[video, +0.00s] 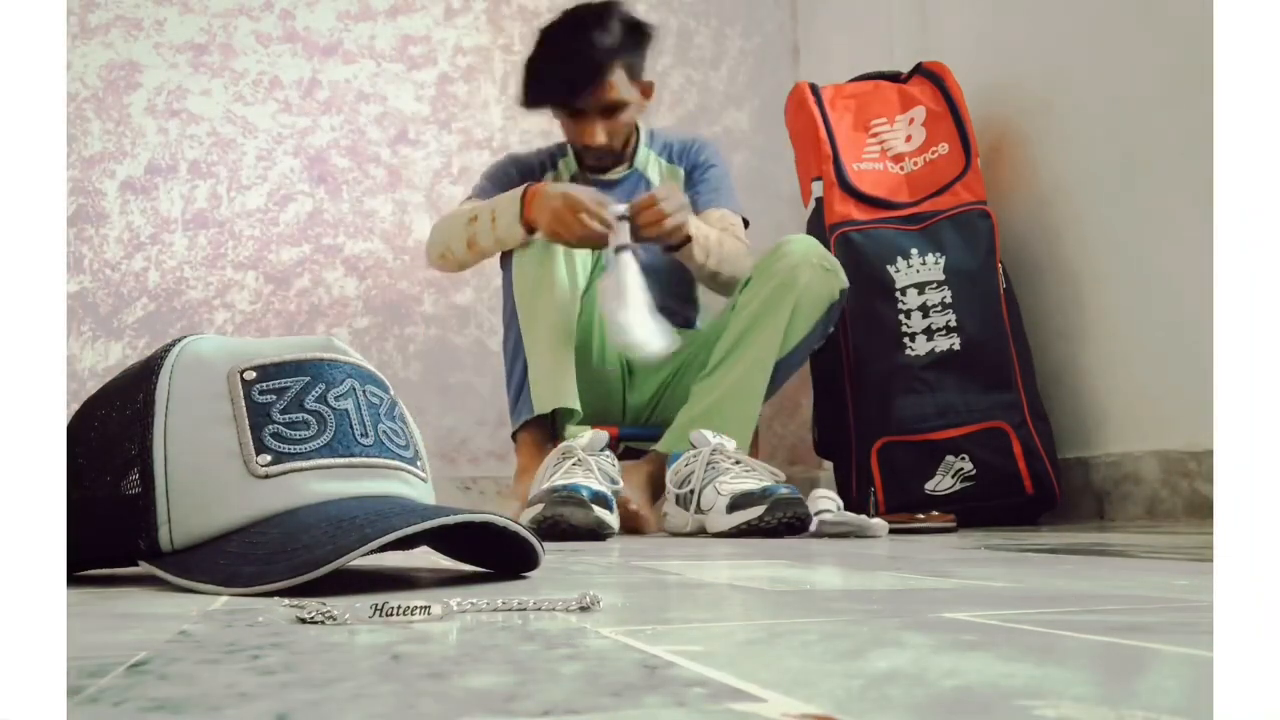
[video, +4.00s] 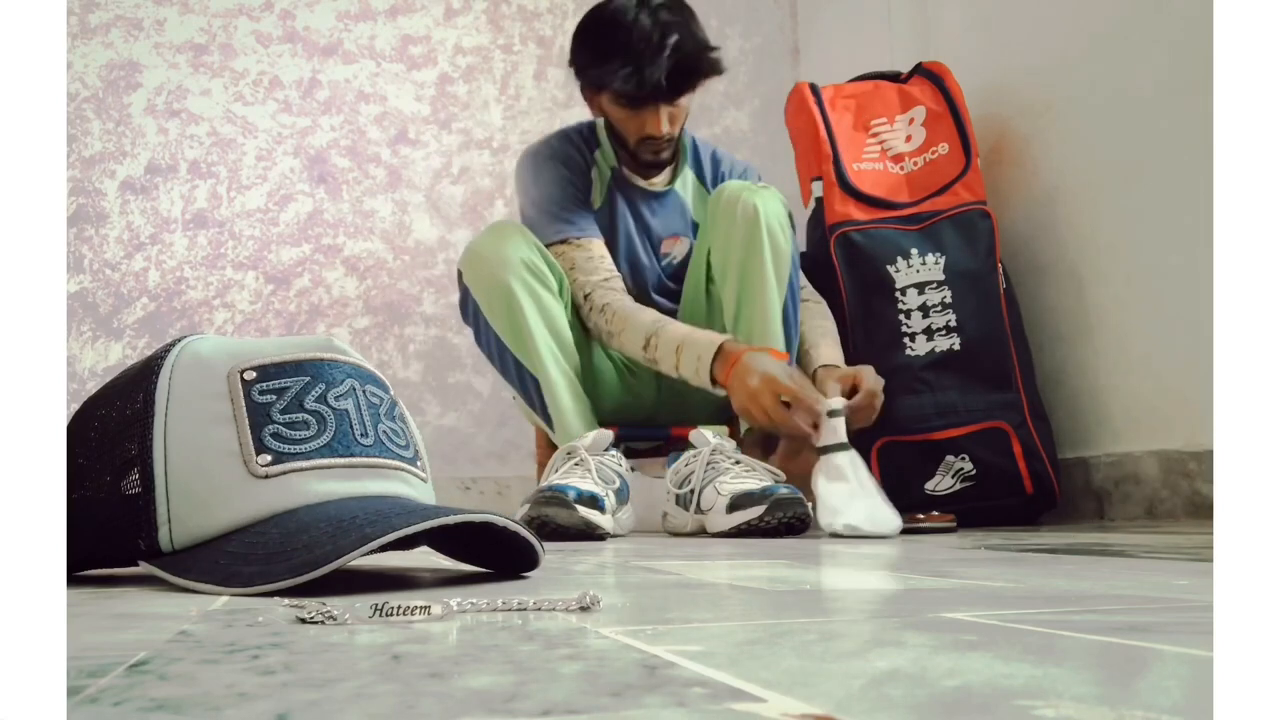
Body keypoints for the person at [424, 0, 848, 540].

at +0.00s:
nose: (594, 136)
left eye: (611, 112)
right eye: (574, 115)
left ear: (645, 96)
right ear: (555, 109)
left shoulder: (692, 161)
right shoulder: (526, 175)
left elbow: (735, 270)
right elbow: (442, 250)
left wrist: (684, 234)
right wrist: (530, 207)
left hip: (675, 378)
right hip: (578, 378)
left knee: (810, 260)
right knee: (540, 223)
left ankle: (675, 465)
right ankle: (551, 456)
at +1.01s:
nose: (619, 102)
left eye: (645, 86)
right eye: (607, 76)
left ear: (689, 92)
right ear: (589, 70)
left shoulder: (725, 173)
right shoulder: (541, 169)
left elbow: (676, 318)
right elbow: (493, 300)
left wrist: (571, 405)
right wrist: (486, 386)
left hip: (675, 378)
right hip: (577, 374)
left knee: (795, 264)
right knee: (542, 202)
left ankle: (649, 471)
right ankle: (565, 455)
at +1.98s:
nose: (651, 99)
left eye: (677, 89)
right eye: (643, 77)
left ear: (711, 110)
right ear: (624, 76)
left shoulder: (732, 194)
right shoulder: (565, 183)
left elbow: (681, 325)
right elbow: (509, 316)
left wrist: (594, 435)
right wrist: (488, 427)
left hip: (683, 376)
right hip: (585, 372)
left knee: (802, 264)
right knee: (532, 190)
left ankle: (641, 475)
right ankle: (527, 433)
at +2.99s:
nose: (672, 136)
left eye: (694, 125)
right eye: (663, 112)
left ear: (724, 117)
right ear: (637, 84)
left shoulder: (745, 187)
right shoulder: (569, 173)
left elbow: (709, 315)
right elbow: (508, 287)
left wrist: (609, 386)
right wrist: (486, 372)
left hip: (689, 376)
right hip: (587, 363)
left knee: (827, 279)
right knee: (550, 210)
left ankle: (655, 475)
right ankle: (524, 464)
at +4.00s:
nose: (658, 126)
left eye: (674, 101)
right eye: (635, 105)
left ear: (693, 89)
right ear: (596, 99)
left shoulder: (728, 178)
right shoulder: (554, 165)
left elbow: (798, 296)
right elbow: (607, 310)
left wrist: (828, 372)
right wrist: (726, 363)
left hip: (702, 387)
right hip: (603, 380)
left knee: (751, 201)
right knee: (495, 251)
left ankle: (722, 460)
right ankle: (585, 461)